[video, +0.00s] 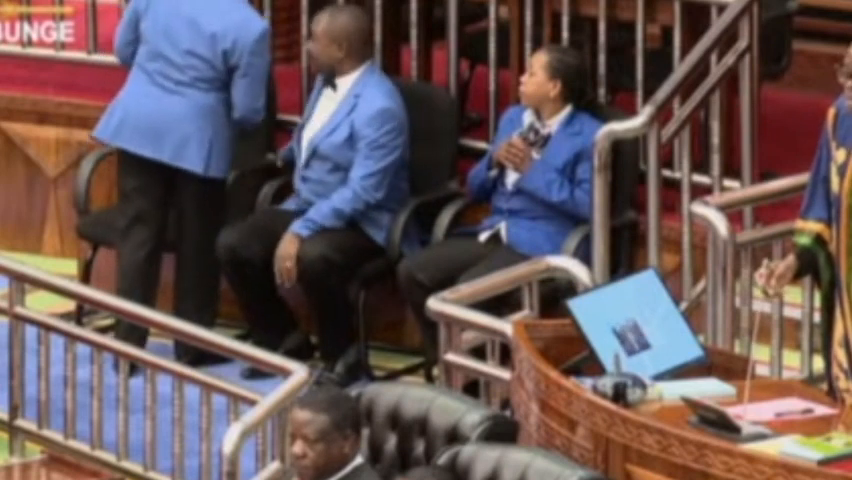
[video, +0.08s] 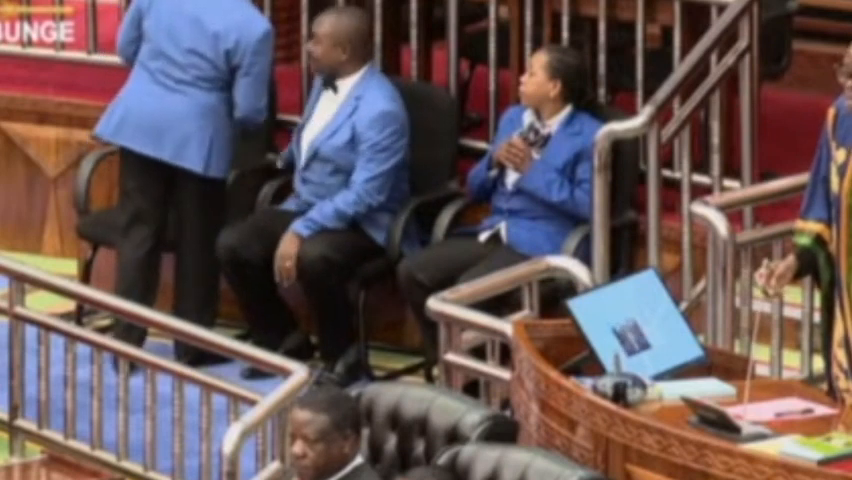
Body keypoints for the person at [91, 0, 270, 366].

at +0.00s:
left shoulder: (152, 3)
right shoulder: (250, 26)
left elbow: (124, 50)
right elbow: (246, 109)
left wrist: (159, 69)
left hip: (138, 129)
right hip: (199, 141)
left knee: (137, 237)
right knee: (197, 246)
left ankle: (128, 349)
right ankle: (191, 349)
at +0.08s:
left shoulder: (155, 3)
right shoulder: (254, 27)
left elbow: (126, 48)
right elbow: (247, 109)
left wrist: (160, 70)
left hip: (140, 128)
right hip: (200, 140)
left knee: (137, 234)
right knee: (197, 246)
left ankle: (125, 346)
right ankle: (191, 347)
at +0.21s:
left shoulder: (158, 2)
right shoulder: (253, 25)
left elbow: (129, 46)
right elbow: (246, 108)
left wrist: (165, 66)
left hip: (139, 126)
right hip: (199, 140)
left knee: (136, 231)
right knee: (196, 245)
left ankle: (119, 344)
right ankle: (191, 347)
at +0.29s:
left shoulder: (156, 3)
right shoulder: (248, 24)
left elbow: (130, 47)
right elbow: (242, 107)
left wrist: (162, 71)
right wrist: (258, 122)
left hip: (138, 127)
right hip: (196, 140)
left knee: (135, 230)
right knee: (196, 244)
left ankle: (116, 340)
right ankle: (191, 347)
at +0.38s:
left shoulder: (153, 4)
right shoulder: (241, 21)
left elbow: (129, 47)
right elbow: (236, 104)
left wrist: (159, 75)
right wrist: (257, 127)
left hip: (137, 125)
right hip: (192, 137)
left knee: (135, 231)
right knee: (195, 243)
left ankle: (113, 336)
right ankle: (191, 345)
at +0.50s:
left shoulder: (146, 4)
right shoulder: (215, 17)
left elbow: (133, 50)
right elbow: (212, 100)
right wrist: (247, 118)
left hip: (132, 126)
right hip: (180, 139)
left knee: (136, 235)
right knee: (191, 244)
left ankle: (114, 333)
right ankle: (190, 344)